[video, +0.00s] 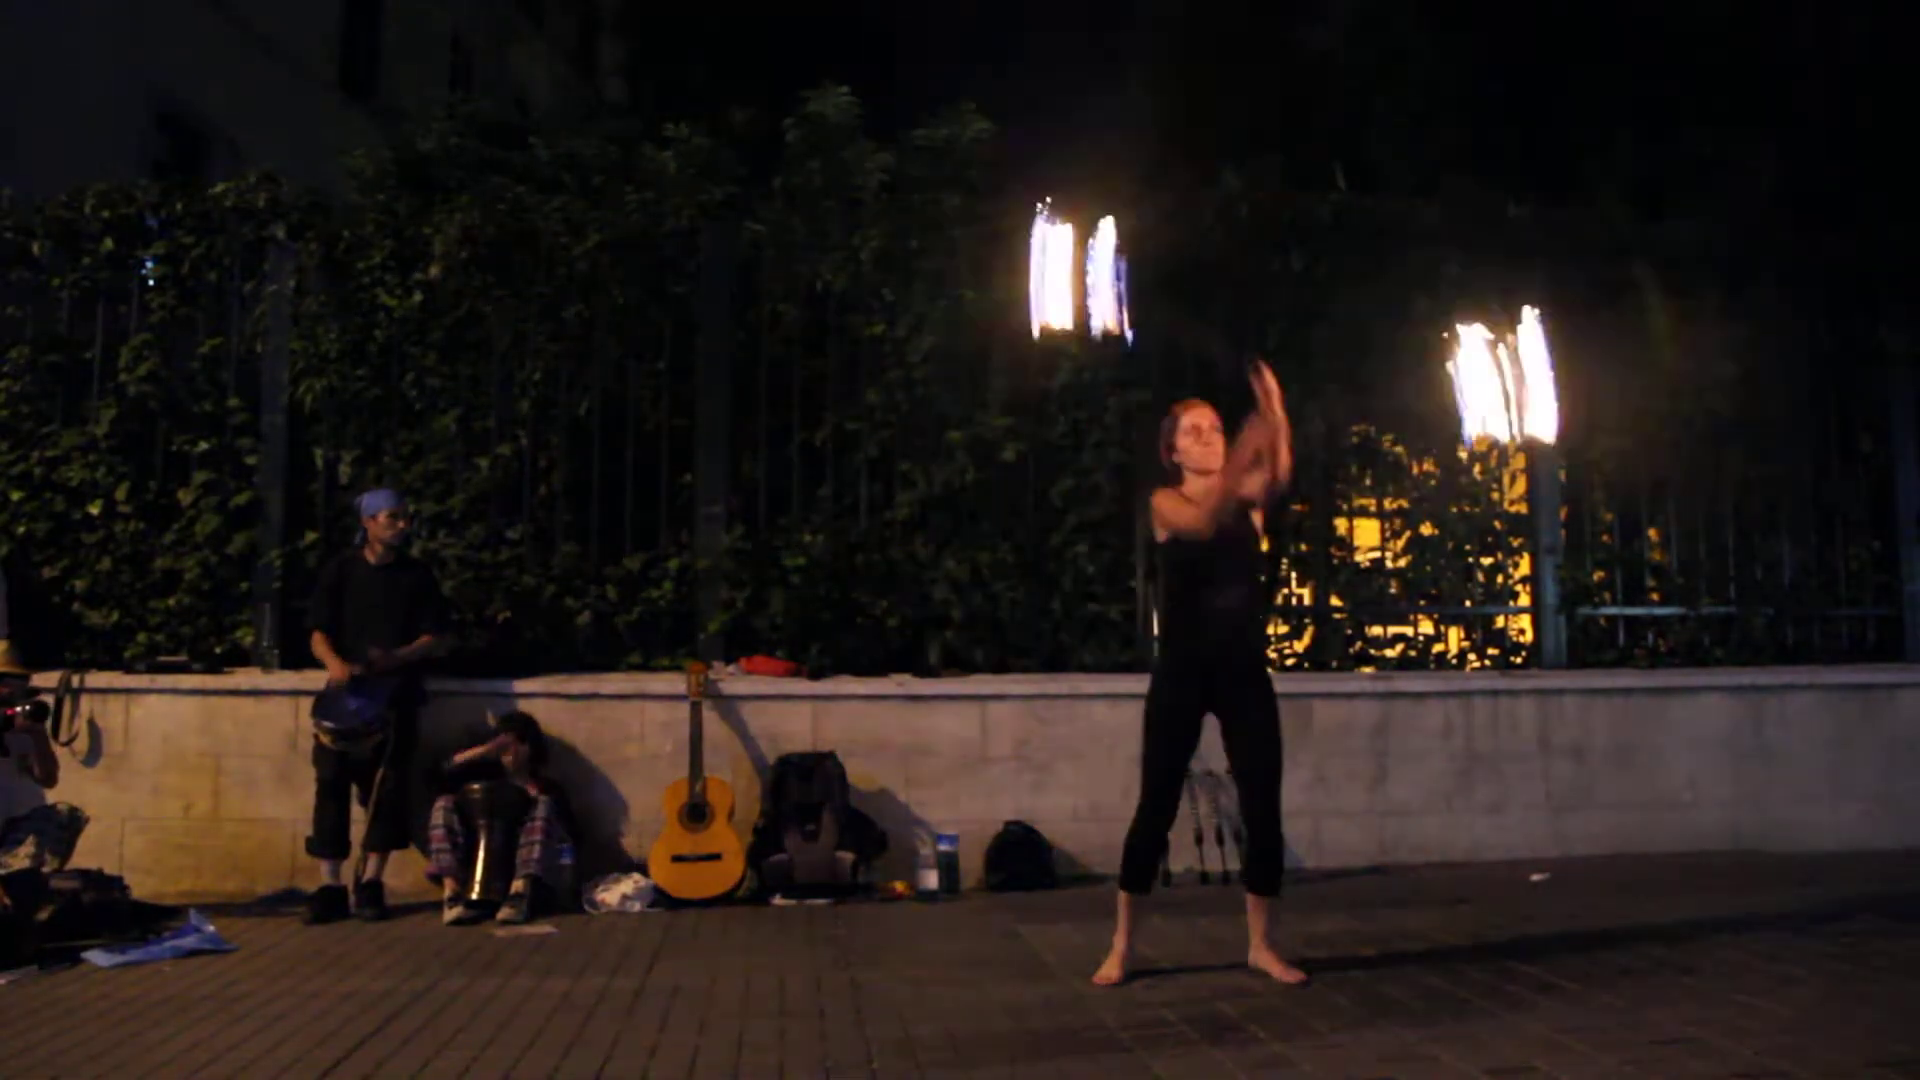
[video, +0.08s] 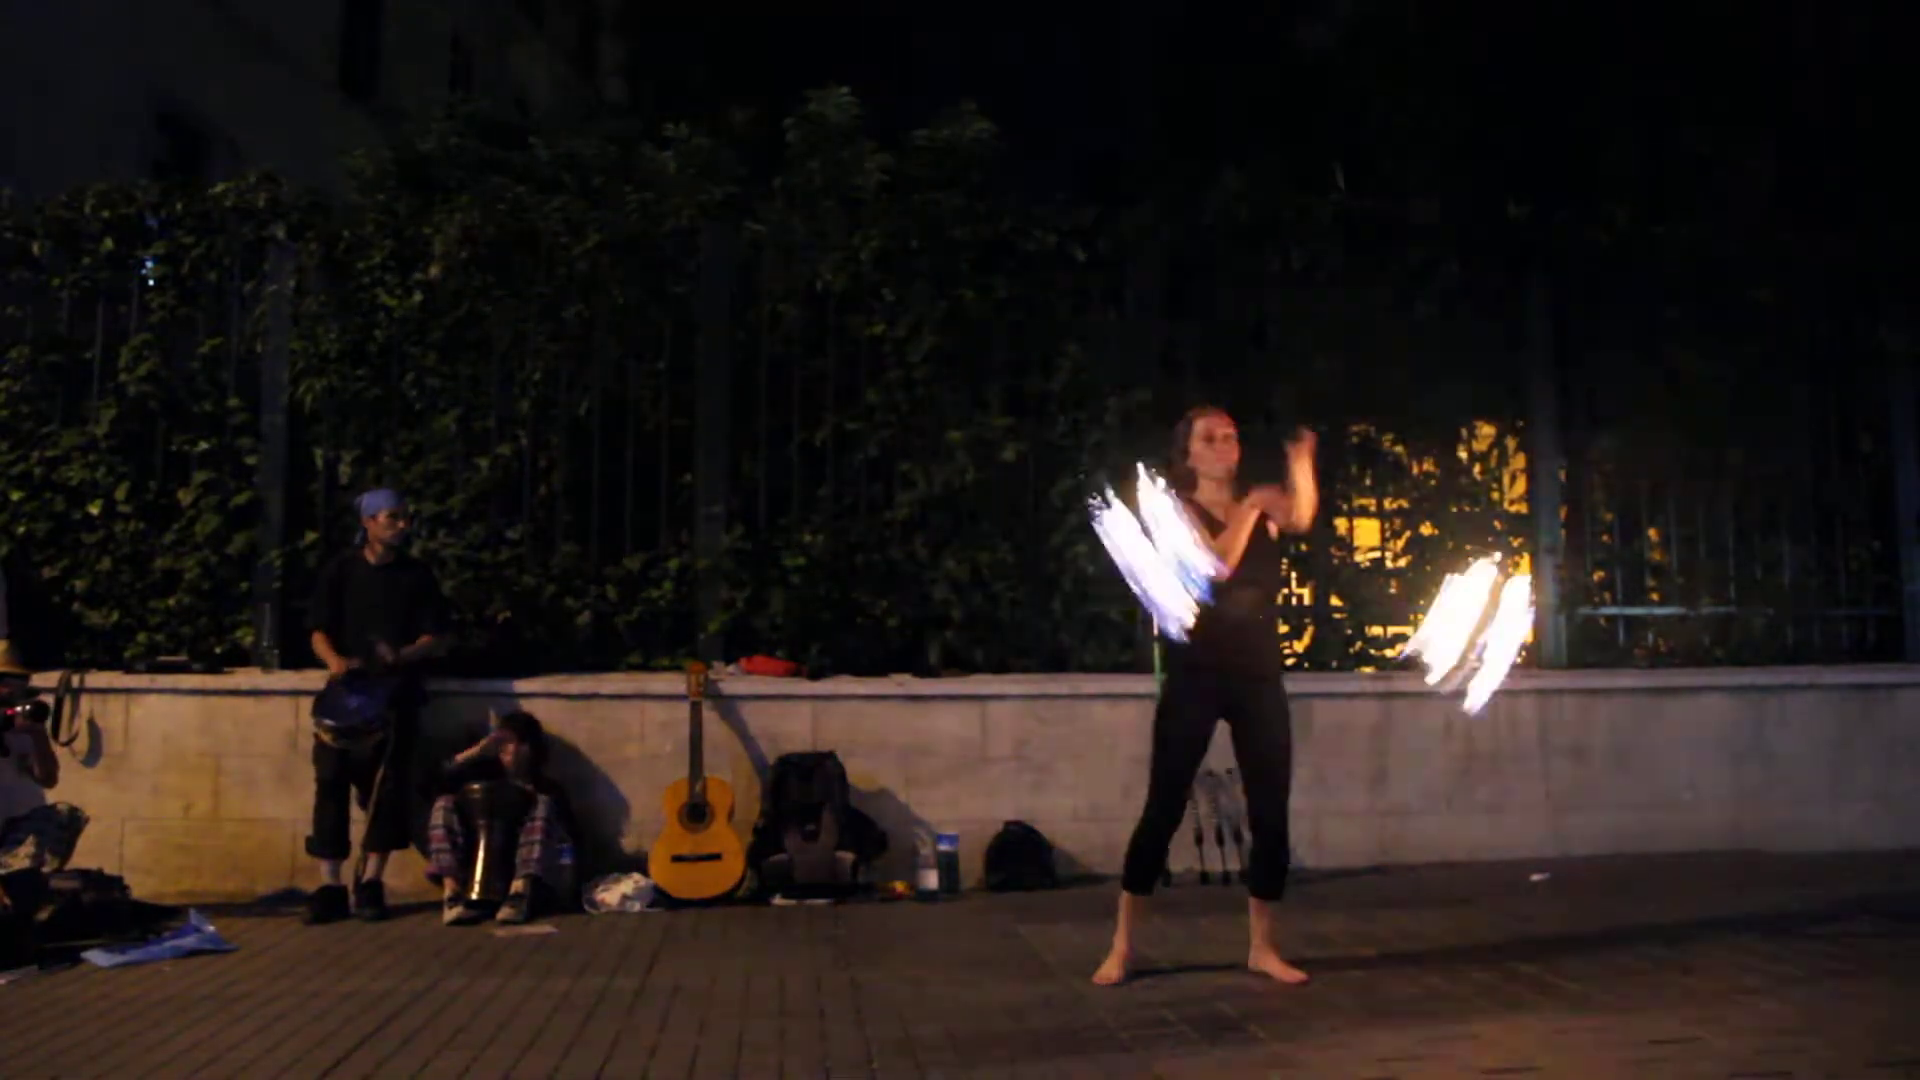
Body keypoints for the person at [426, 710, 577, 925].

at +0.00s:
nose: (511, 752)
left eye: (518, 744)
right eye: (505, 744)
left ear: (531, 749)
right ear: (496, 746)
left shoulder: (547, 786)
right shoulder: (483, 777)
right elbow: (440, 774)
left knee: (544, 806)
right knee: (443, 805)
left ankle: (520, 892)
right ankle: (451, 892)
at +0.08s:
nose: (511, 751)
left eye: (519, 744)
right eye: (505, 742)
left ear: (532, 751)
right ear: (496, 746)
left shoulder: (548, 787)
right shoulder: (483, 778)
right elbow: (436, 782)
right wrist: (477, 751)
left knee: (543, 805)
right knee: (444, 805)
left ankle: (520, 892)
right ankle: (451, 893)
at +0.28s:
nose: (516, 746)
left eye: (525, 741)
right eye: (510, 738)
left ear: (536, 750)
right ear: (501, 742)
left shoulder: (543, 782)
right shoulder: (483, 772)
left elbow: (571, 837)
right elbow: (436, 789)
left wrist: (544, 799)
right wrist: (472, 771)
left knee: (540, 811)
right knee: (443, 805)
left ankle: (520, 893)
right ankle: (451, 892)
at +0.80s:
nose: (522, 750)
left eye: (531, 746)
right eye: (518, 741)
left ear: (539, 755)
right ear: (508, 743)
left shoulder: (548, 792)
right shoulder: (483, 781)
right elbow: (448, 791)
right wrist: (474, 768)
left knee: (541, 806)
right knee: (445, 804)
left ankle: (519, 893)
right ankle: (451, 893)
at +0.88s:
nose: (523, 751)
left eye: (532, 747)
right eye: (520, 741)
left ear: (540, 755)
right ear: (509, 744)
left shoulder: (548, 788)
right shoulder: (487, 780)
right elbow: (450, 790)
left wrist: (542, 797)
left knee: (541, 809)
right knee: (444, 804)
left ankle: (520, 892)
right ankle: (450, 892)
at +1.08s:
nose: (523, 751)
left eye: (532, 748)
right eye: (519, 742)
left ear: (539, 756)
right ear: (508, 742)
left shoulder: (548, 789)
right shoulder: (481, 772)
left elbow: (568, 840)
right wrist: (459, 759)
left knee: (541, 807)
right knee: (444, 805)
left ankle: (520, 893)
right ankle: (451, 893)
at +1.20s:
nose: (523, 752)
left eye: (533, 748)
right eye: (520, 742)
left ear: (541, 757)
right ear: (509, 743)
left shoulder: (549, 790)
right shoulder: (481, 775)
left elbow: (567, 843)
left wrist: (535, 799)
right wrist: (456, 770)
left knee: (542, 806)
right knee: (444, 804)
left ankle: (520, 892)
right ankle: (450, 893)